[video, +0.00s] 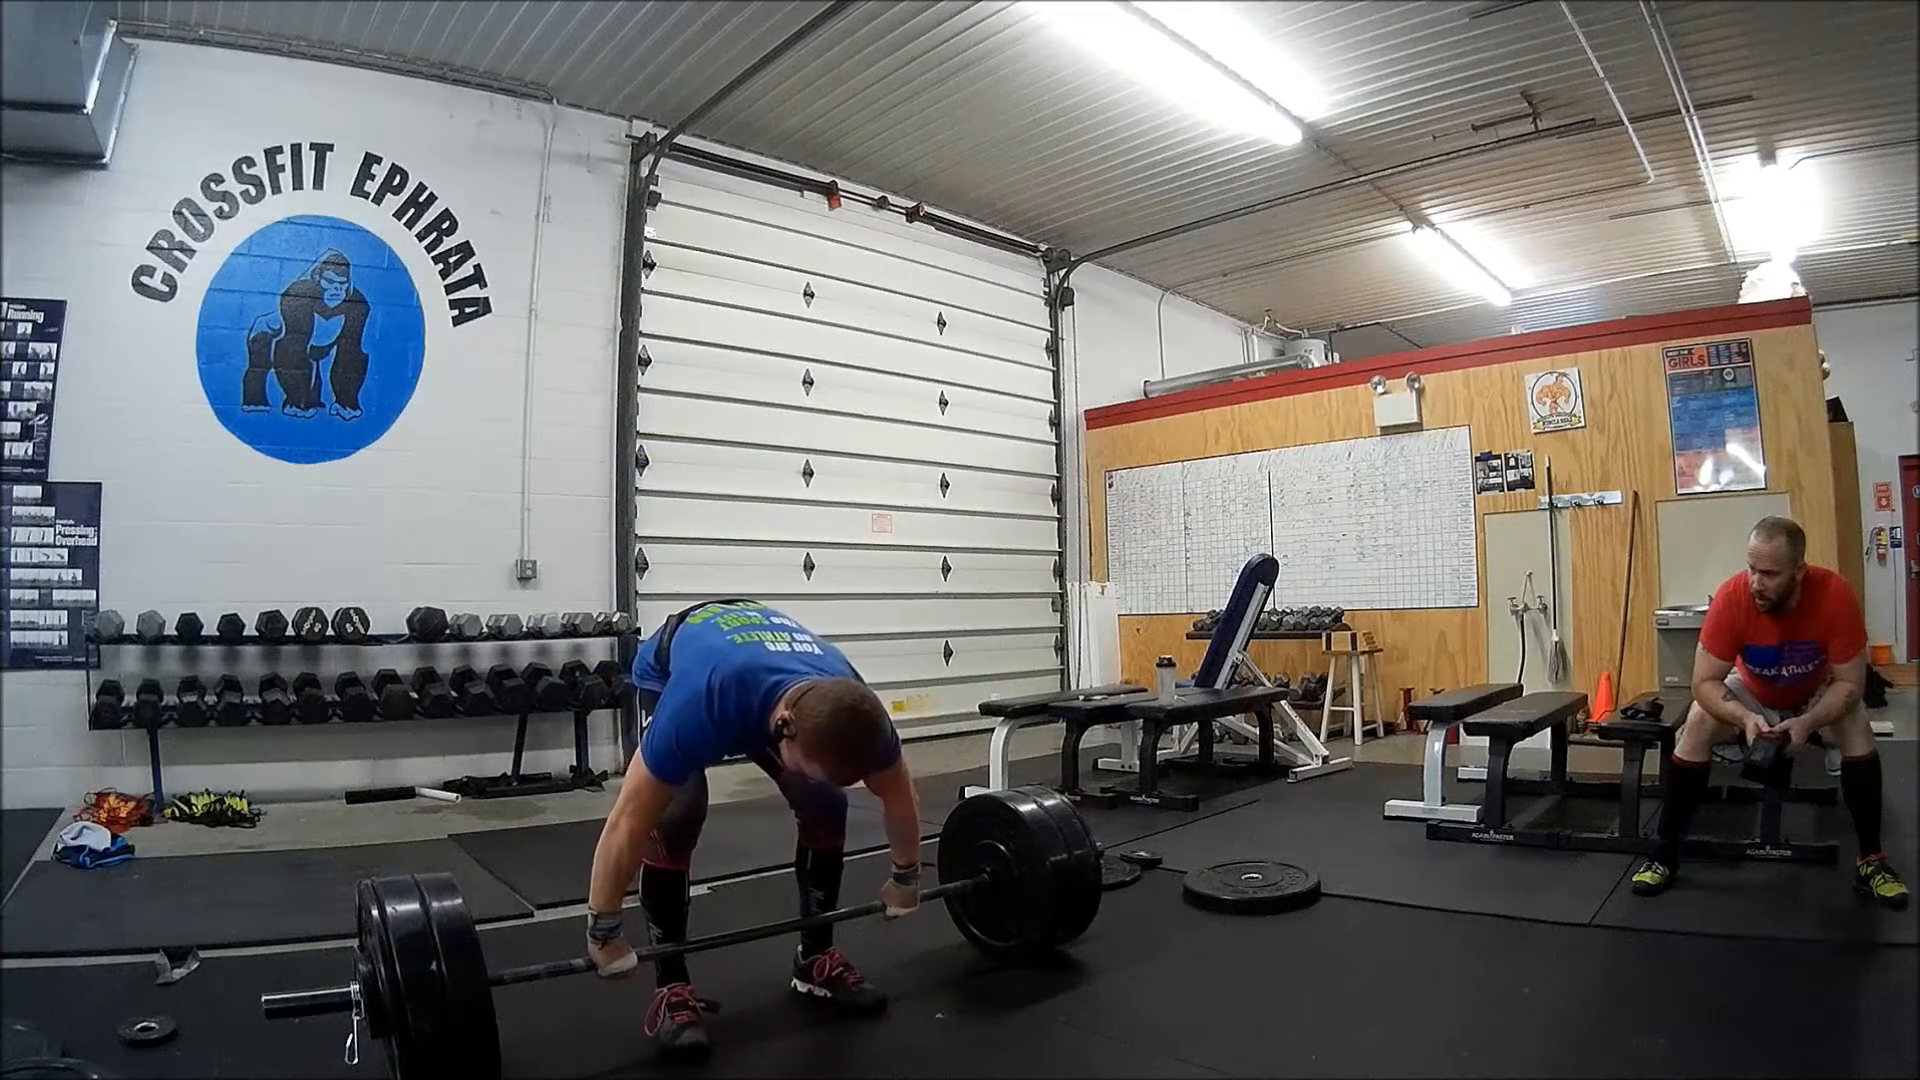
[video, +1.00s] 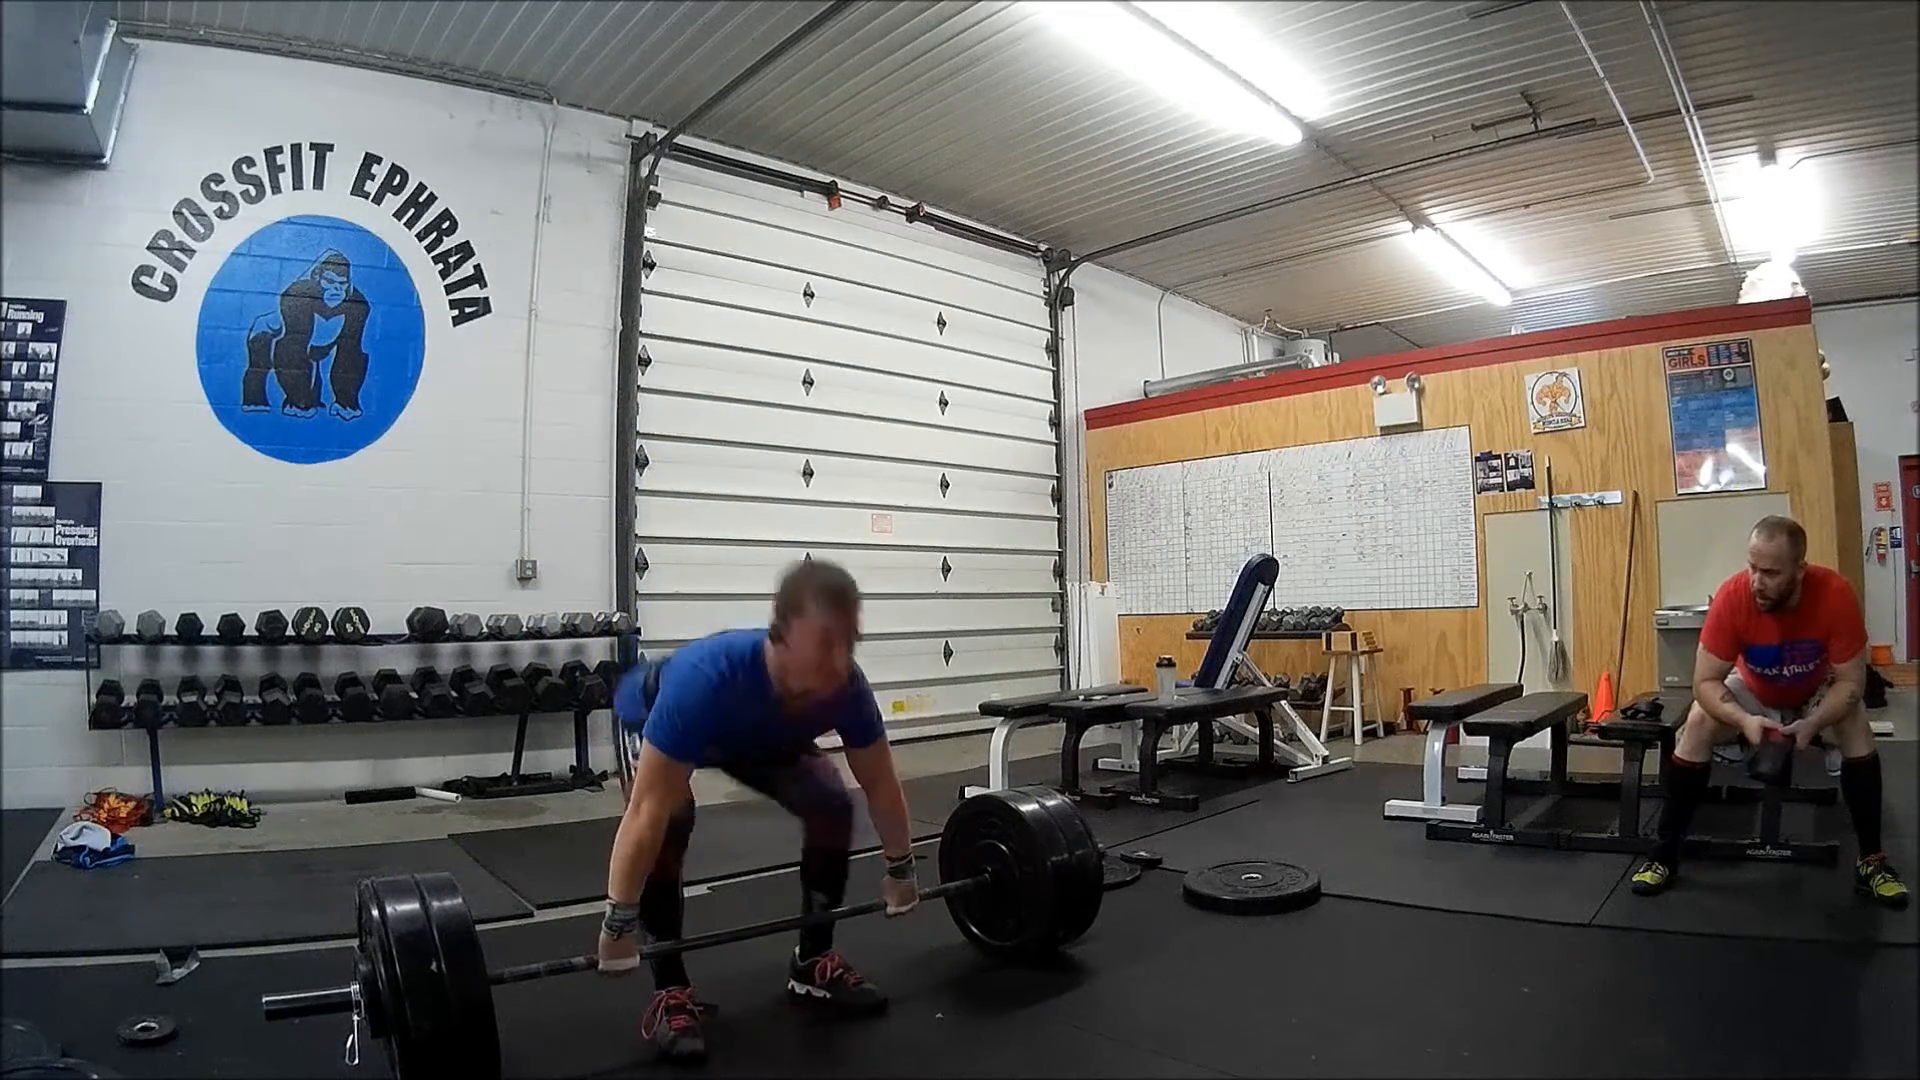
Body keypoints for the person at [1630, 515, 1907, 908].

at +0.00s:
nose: (1757, 584)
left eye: (1769, 574)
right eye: (1752, 570)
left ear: (1799, 569)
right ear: (1747, 562)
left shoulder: (1834, 595)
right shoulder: (1731, 598)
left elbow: (1850, 683)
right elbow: (1704, 683)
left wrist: (1807, 722)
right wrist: (1744, 718)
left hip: (1816, 695)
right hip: (1752, 693)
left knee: (1855, 723)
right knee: (1698, 721)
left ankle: (1871, 860)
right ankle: (1663, 857)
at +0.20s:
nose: (1758, 584)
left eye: (1770, 574)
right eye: (1753, 570)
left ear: (1800, 569)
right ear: (1747, 562)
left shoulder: (1834, 595)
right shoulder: (1731, 598)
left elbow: (1850, 683)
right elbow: (1704, 683)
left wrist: (1807, 721)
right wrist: (1743, 718)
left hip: (1816, 696)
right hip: (1752, 693)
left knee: (1855, 722)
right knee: (1698, 721)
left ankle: (1871, 860)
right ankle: (1663, 857)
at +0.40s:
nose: (1758, 583)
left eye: (1770, 574)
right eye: (1753, 569)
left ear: (1800, 569)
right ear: (1747, 561)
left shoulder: (1835, 596)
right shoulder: (1731, 597)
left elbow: (1851, 681)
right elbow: (1704, 682)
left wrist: (1812, 719)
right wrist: (1741, 719)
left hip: (1816, 694)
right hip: (1751, 692)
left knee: (1855, 725)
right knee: (1697, 721)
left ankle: (1871, 859)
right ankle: (1664, 857)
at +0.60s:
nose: (1758, 582)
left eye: (1770, 574)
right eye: (1753, 569)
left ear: (1800, 569)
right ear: (1747, 561)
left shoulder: (1834, 595)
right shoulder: (1731, 597)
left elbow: (1851, 680)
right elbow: (1705, 681)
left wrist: (1814, 718)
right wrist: (1738, 722)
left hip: (1816, 694)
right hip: (1751, 691)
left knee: (1855, 725)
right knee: (1697, 720)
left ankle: (1871, 860)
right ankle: (1664, 857)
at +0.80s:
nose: (1759, 581)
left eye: (1771, 572)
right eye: (1754, 568)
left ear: (1800, 568)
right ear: (1748, 560)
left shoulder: (1835, 595)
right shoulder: (1732, 597)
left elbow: (1851, 680)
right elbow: (1705, 681)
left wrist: (1814, 721)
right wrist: (1741, 722)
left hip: (1816, 694)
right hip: (1752, 692)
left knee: (1855, 725)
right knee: (1698, 721)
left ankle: (1871, 860)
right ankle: (1664, 857)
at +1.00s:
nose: (1758, 583)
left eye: (1771, 573)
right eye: (1753, 569)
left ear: (1800, 568)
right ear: (1747, 560)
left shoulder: (1834, 595)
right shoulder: (1732, 597)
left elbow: (1851, 681)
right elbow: (1705, 682)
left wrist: (1813, 722)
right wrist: (1742, 721)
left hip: (1816, 695)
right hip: (1752, 693)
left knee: (1854, 724)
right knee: (1698, 721)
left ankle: (1871, 860)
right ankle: (1664, 857)